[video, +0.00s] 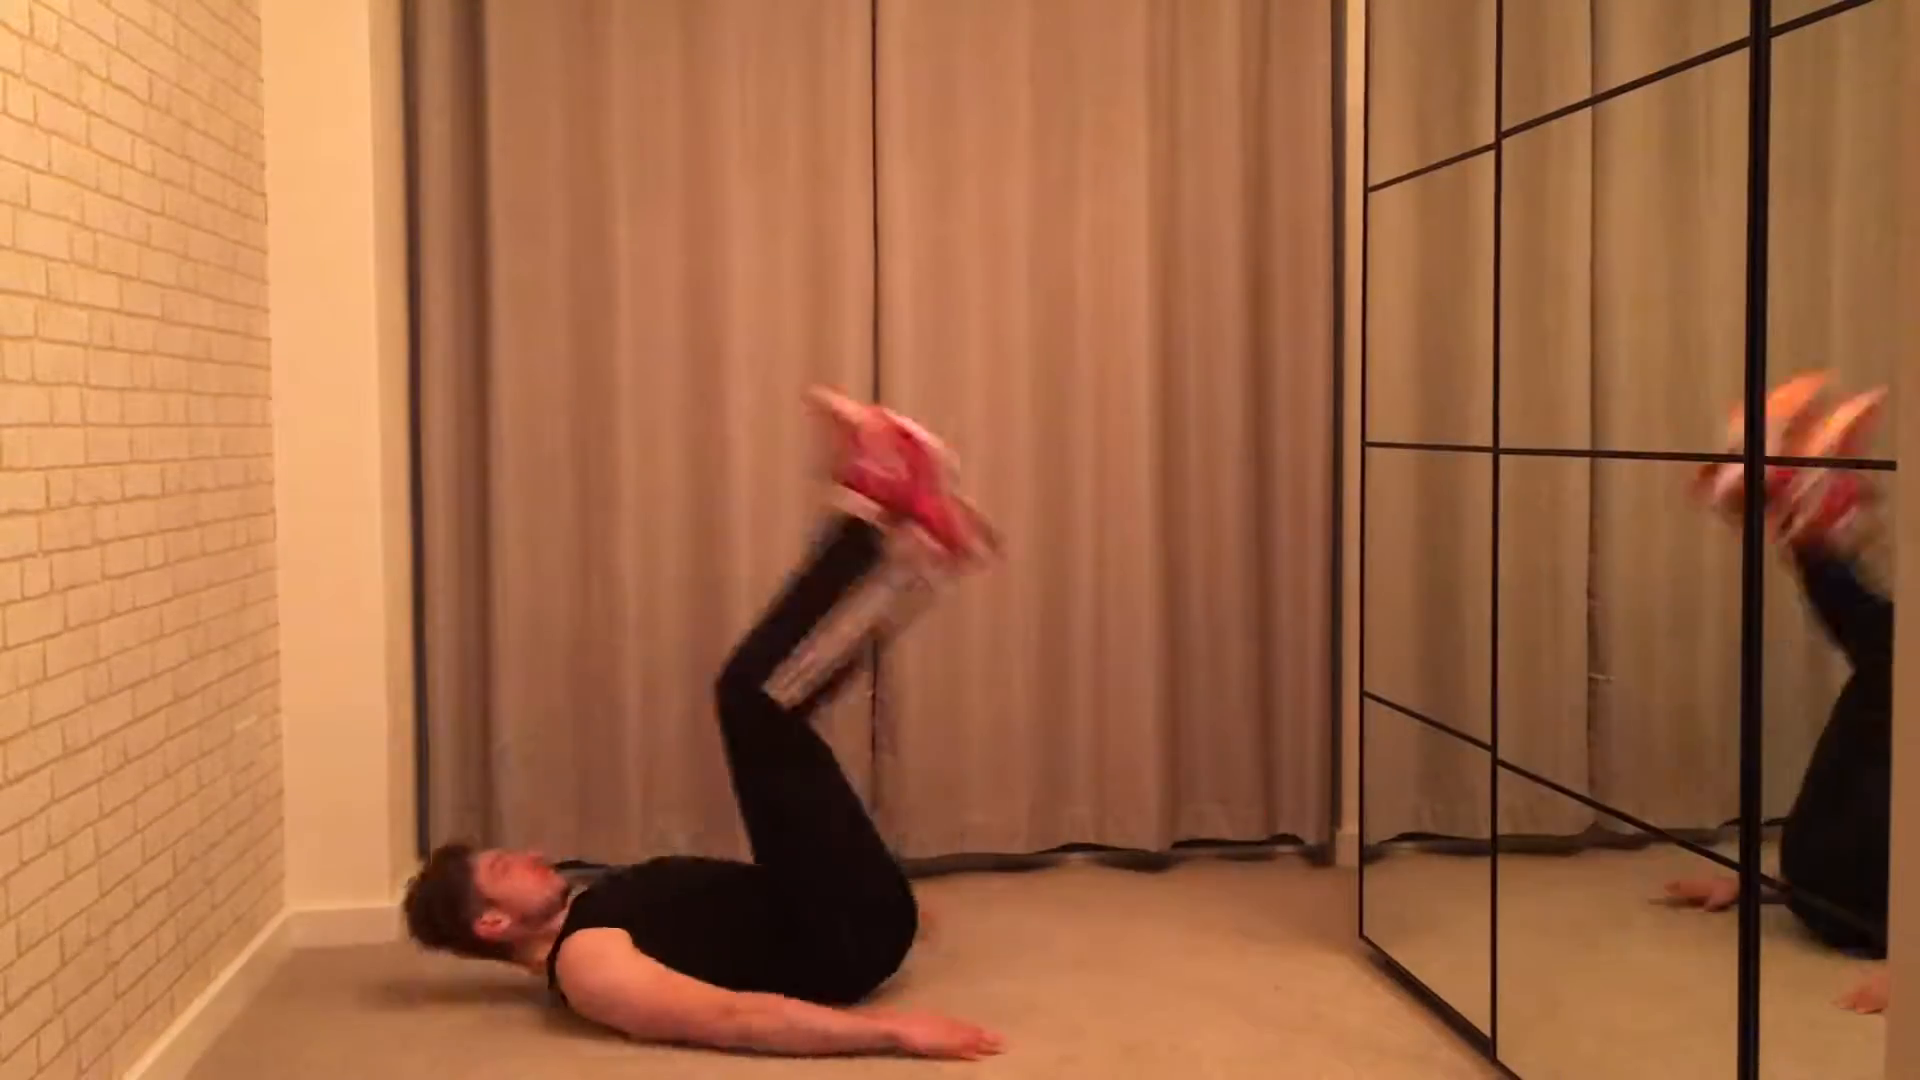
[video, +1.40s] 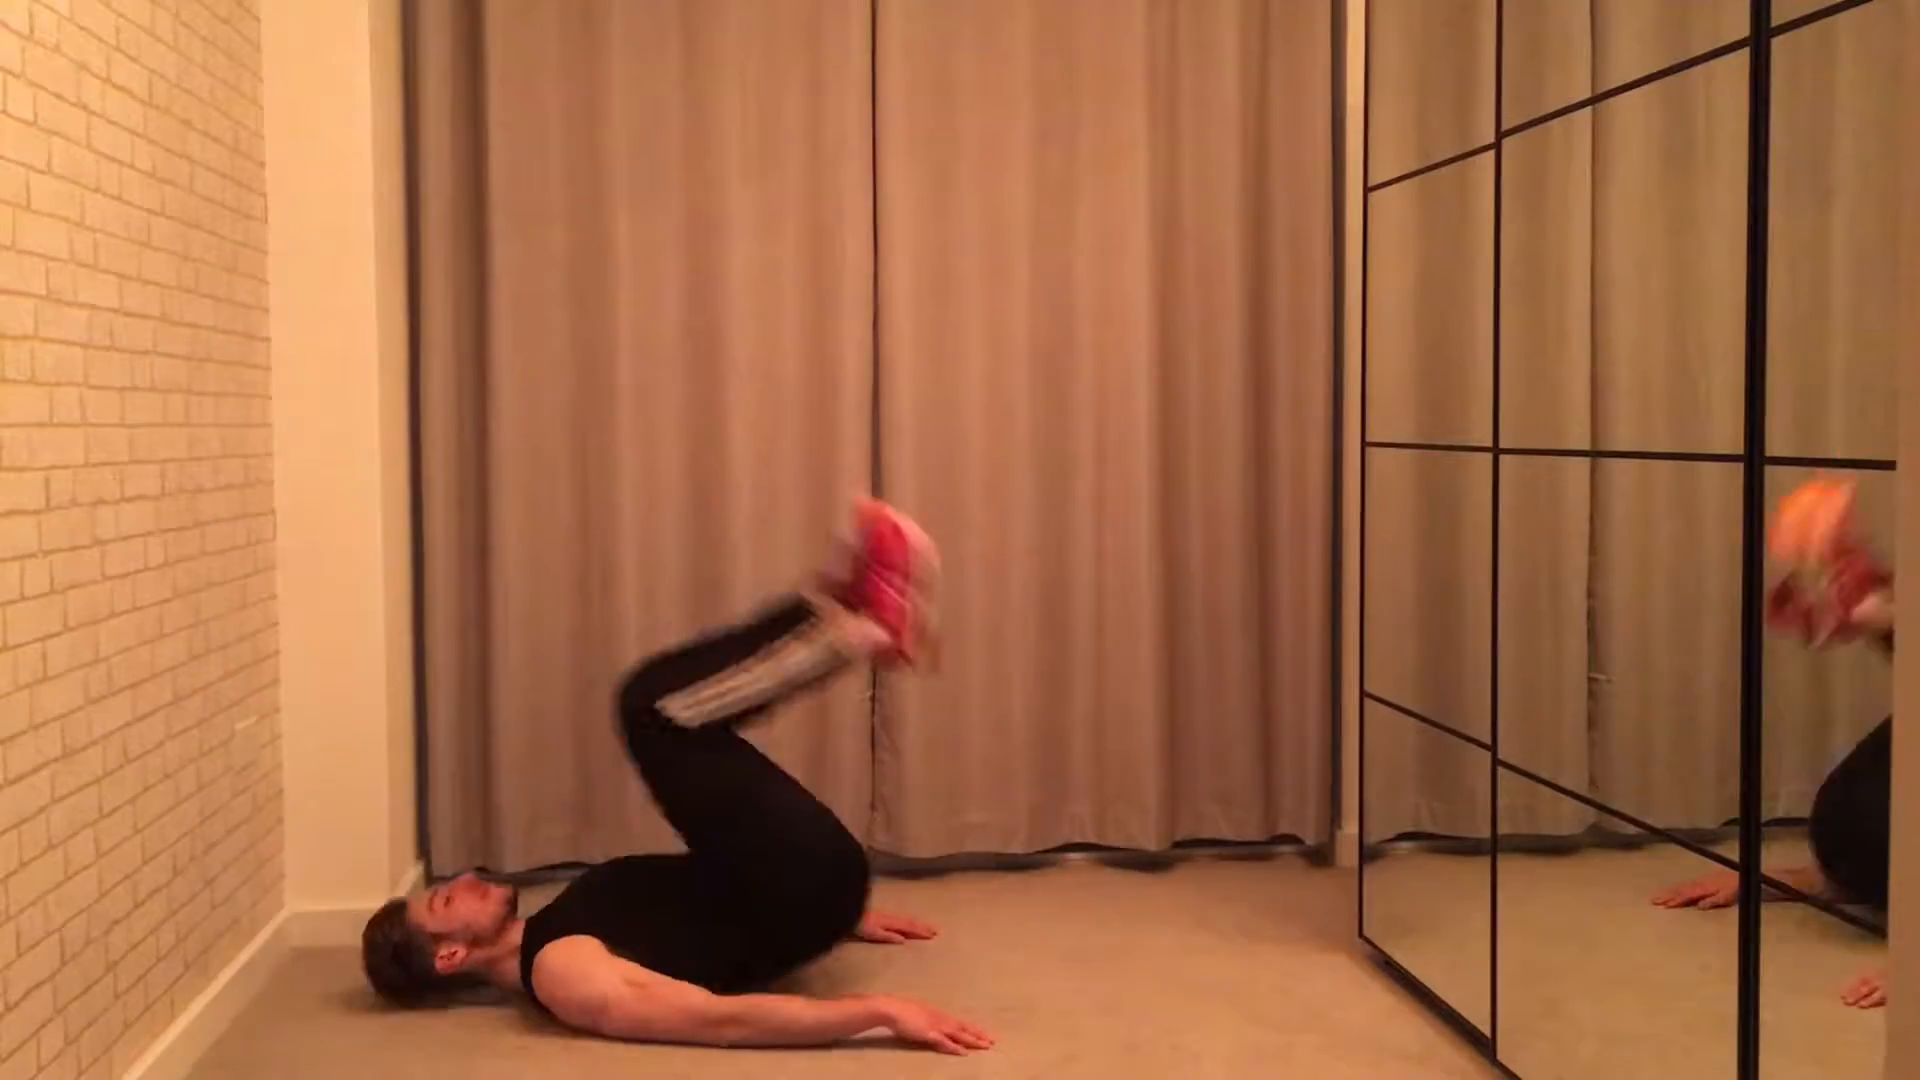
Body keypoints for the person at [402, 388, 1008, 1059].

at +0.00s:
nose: (529, 855)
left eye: (506, 851)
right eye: (503, 865)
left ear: (505, 919)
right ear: (496, 924)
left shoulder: (586, 919)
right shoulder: (588, 963)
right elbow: (736, 1020)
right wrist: (896, 1032)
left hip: (827, 917)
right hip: (844, 942)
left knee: (750, 691)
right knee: (750, 696)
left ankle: (870, 516)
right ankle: (913, 555)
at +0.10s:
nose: (498, 875)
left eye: (478, 872)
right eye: (477, 888)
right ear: (479, 945)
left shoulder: (579, 928)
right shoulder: (578, 968)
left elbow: (720, 915)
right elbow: (735, 1008)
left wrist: (855, 924)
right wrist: (897, 1027)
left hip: (811, 889)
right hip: (822, 901)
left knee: (715, 674)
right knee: (708, 676)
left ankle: (746, 459)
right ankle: (748, 460)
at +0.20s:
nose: (482, 882)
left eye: (461, 884)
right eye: (462, 901)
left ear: (482, 942)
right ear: (471, 957)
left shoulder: (566, 943)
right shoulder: (575, 972)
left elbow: (714, 927)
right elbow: (737, 1015)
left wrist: (837, 926)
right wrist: (894, 1027)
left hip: (763, 854)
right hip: (796, 856)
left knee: (669, 637)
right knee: (673, 637)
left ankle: (678, 412)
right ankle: (683, 408)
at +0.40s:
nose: (480, 898)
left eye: (461, 900)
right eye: (461, 918)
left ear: (485, 911)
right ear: (468, 974)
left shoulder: (572, 940)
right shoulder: (572, 974)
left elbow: (723, 913)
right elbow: (734, 1011)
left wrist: (853, 926)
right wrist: (898, 1028)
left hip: (705, 790)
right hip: (729, 781)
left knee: (627, 549)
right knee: (627, 549)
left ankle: (625, 310)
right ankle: (621, 309)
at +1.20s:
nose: (464, 901)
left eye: (446, 903)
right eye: (449, 919)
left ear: (472, 943)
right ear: (460, 968)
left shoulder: (565, 941)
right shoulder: (559, 984)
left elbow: (712, 925)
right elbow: (721, 1019)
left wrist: (838, 922)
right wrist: (878, 1029)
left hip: (714, 775)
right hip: (731, 776)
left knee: (550, 606)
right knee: (543, 607)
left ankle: (668, 418)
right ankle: (673, 423)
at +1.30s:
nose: (458, 896)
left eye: (437, 898)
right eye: (439, 913)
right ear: (451, 969)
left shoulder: (552, 941)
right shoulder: (560, 983)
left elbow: (708, 922)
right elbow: (723, 1016)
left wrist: (838, 920)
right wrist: (879, 1022)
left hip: (749, 825)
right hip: (769, 829)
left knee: (581, 673)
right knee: (579, 680)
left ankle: (723, 512)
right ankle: (746, 533)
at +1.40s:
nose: (464, 880)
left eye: (443, 883)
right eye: (446, 897)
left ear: (463, 936)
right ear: (457, 953)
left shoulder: (555, 933)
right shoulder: (564, 973)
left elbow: (704, 913)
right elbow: (717, 1019)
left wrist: (838, 917)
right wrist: (879, 1015)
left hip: (787, 879)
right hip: (802, 888)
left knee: (650, 699)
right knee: (653, 710)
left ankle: (841, 599)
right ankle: (858, 631)